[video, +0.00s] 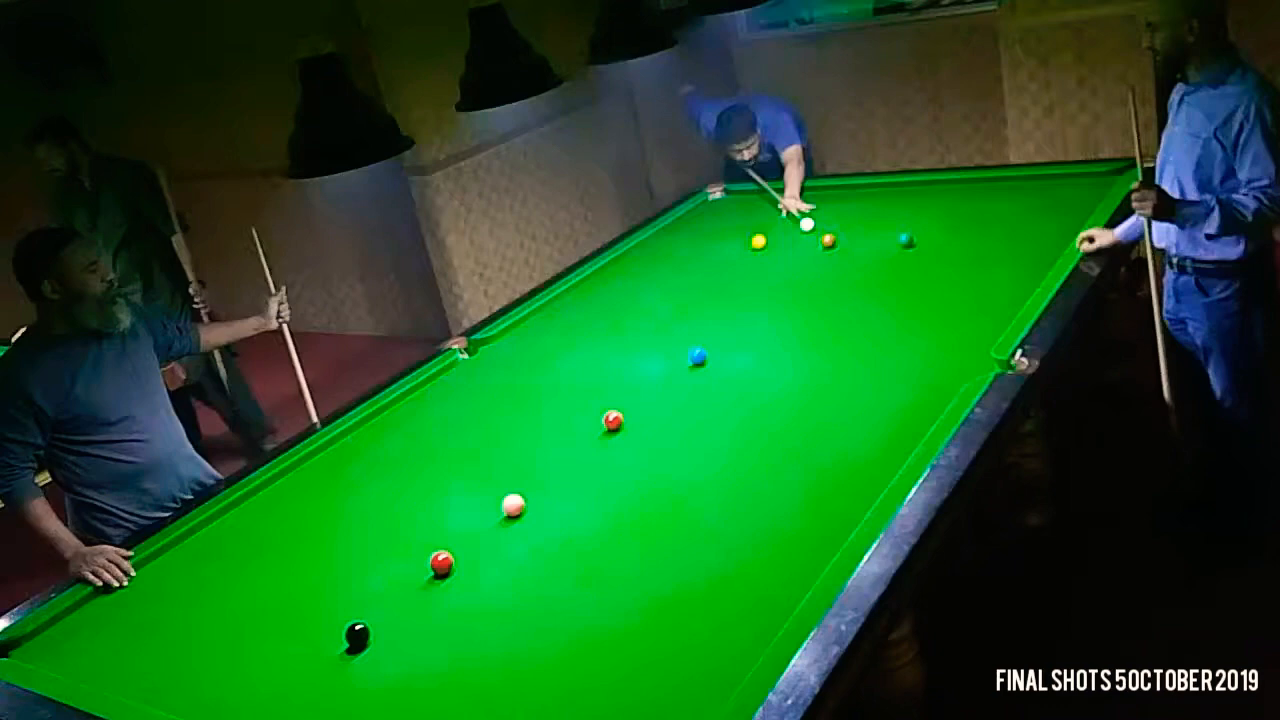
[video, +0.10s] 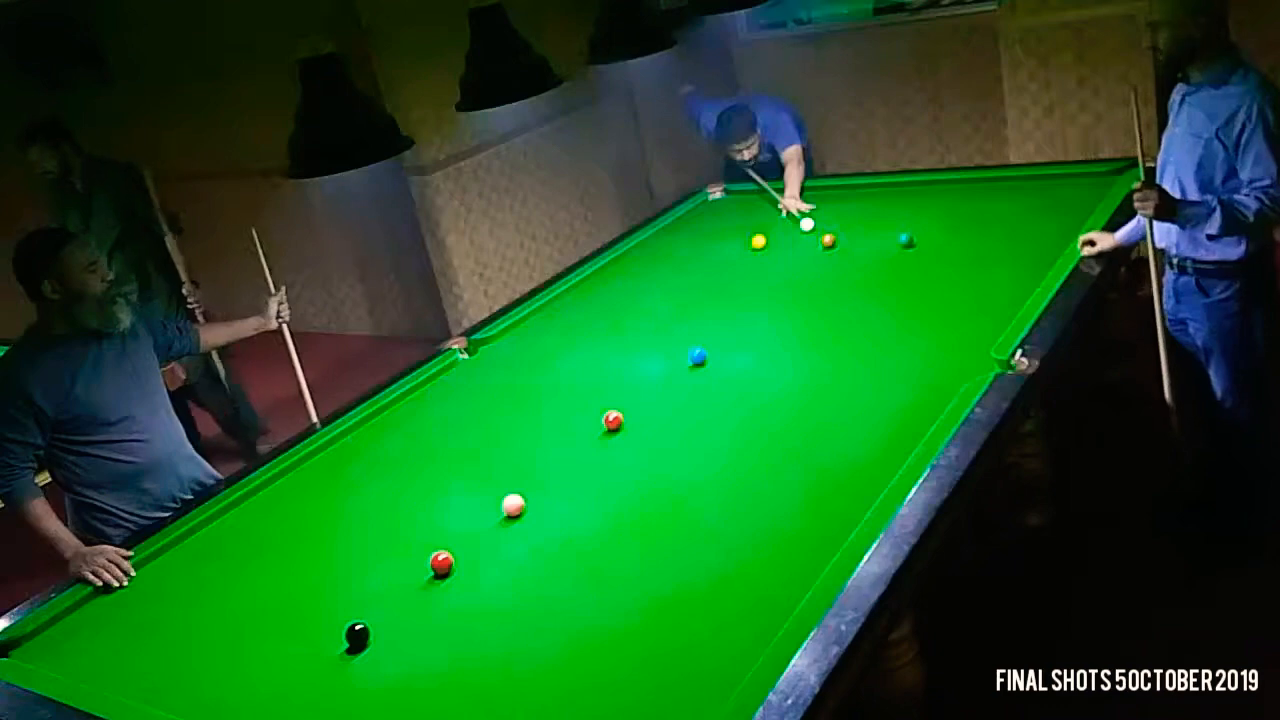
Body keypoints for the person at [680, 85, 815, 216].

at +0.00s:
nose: (746, 156)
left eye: (750, 148)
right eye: (737, 152)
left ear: (758, 134)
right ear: (721, 144)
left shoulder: (777, 121)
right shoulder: (710, 121)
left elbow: (794, 161)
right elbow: (691, 101)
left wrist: (791, 195)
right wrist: (687, 93)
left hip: (777, 157)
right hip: (736, 163)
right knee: (739, 211)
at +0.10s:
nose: (746, 156)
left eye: (750, 148)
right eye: (737, 152)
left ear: (758, 134)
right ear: (721, 144)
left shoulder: (777, 121)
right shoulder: (710, 121)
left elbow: (794, 161)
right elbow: (691, 100)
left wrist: (791, 195)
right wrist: (687, 93)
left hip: (777, 157)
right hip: (736, 163)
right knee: (739, 211)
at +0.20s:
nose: (746, 156)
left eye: (750, 148)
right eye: (737, 152)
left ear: (758, 134)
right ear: (721, 144)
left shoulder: (777, 121)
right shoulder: (710, 121)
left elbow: (794, 161)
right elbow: (691, 101)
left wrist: (791, 195)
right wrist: (687, 93)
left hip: (777, 157)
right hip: (736, 163)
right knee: (739, 211)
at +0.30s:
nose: (746, 156)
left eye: (750, 148)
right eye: (737, 152)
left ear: (758, 134)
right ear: (721, 144)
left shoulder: (777, 121)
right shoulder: (710, 121)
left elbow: (794, 161)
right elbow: (691, 101)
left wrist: (791, 195)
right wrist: (687, 93)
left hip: (777, 157)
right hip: (736, 163)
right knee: (739, 211)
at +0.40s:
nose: (746, 156)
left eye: (750, 148)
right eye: (737, 152)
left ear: (758, 134)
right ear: (721, 144)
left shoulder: (777, 121)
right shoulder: (710, 121)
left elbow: (794, 161)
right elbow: (691, 100)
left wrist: (791, 195)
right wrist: (687, 93)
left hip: (777, 157)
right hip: (736, 163)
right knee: (739, 211)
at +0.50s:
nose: (746, 156)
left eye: (750, 148)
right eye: (737, 152)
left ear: (758, 134)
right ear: (721, 143)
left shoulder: (777, 121)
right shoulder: (710, 121)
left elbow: (794, 161)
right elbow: (691, 100)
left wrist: (791, 195)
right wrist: (687, 93)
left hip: (777, 157)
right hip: (736, 163)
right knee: (739, 211)